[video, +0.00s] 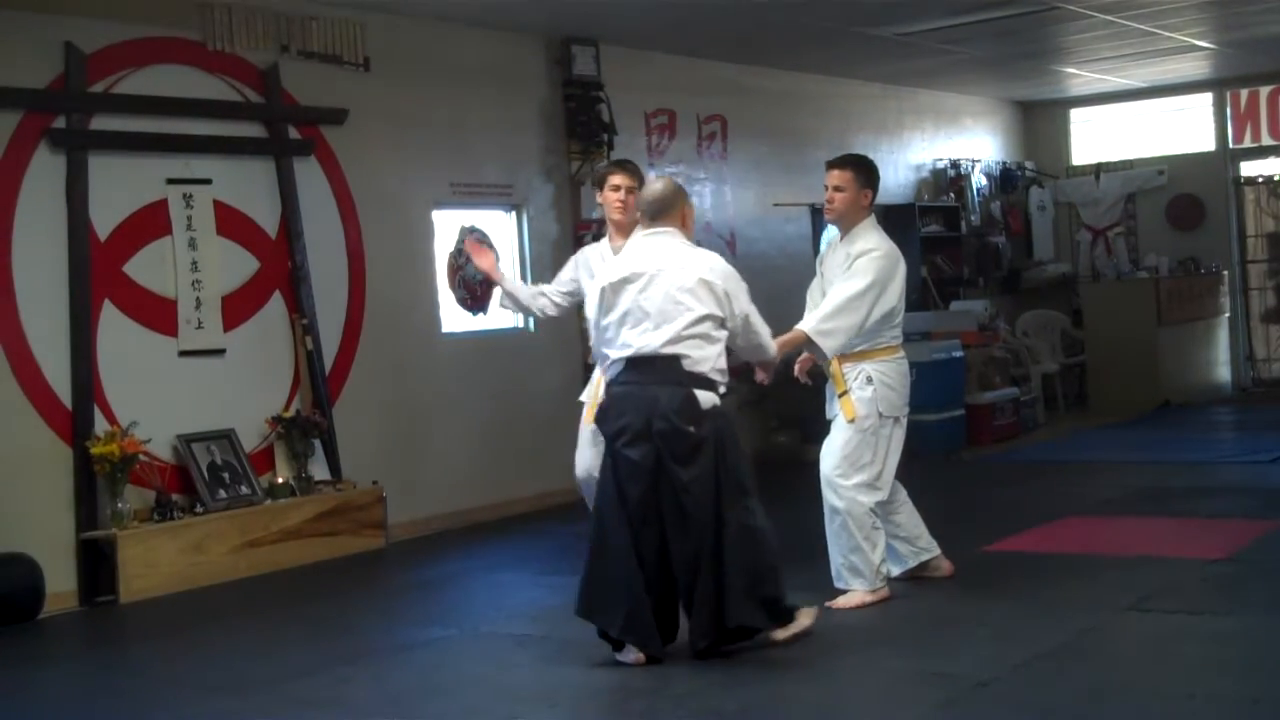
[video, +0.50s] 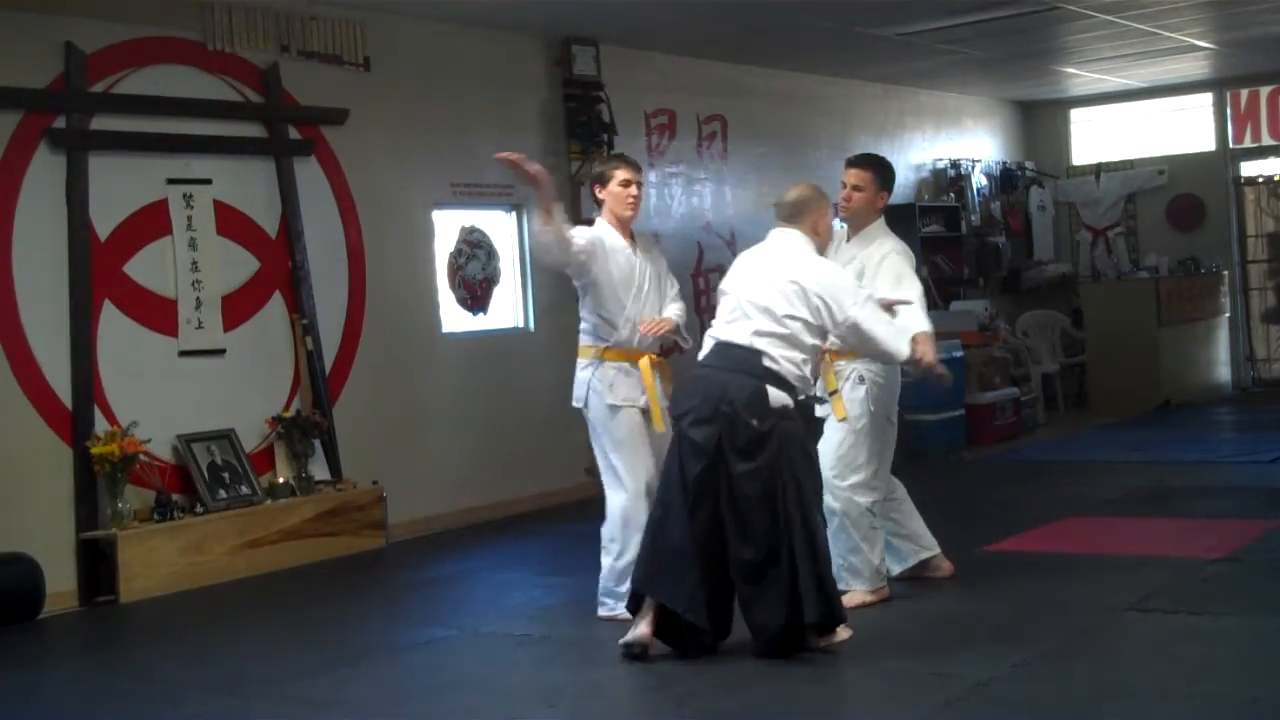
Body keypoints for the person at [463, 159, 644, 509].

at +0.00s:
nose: (622, 197)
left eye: (631, 191)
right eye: (614, 189)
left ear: (642, 200)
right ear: (600, 197)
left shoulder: (657, 249)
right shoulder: (588, 259)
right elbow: (548, 303)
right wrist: (496, 273)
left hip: (659, 372)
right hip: (608, 373)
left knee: (650, 469)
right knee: (588, 468)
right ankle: (620, 552)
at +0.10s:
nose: (628, 199)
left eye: (635, 192)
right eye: (619, 190)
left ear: (643, 201)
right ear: (601, 198)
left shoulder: (662, 250)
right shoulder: (582, 258)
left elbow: (690, 303)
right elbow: (526, 292)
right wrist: (484, 250)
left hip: (663, 374)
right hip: (611, 373)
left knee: (662, 468)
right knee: (593, 466)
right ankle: (599, 564)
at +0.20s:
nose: (632, 198)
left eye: (638, 191)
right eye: (623, 190)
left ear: (645, 199)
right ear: (603, 197)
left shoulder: (668, 249)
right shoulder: (578, 255)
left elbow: (695, 298)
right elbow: (516, 281)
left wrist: (650, 313)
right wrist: (478, 243)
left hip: (665, 371)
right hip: (611, 373)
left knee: (672, 470)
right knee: (611, 463)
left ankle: (664, 573)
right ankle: (591, 574)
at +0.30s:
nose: (635, 197)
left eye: (639, 189)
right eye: (625, 189)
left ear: (645, 197)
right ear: (603, 196)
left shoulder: (672, 252)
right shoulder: (579, 252)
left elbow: (703, 311)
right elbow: (517, 272)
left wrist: (667, 317)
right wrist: (480, 223)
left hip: (661, 374)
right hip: (610, 373)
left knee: (659, 476)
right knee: (621, 469)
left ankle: (656, 580)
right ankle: (600, 582)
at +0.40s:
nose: (635, 195)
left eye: (639, 188)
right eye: (626, 187)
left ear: (643, 196)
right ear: (601, 194)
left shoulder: (663, 253)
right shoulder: (584, 247)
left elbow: (688, 307)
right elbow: (533, 260)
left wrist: (672, 318)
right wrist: (503, 208)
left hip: (658, 373)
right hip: (609, 373)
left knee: (654, 479)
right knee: (627, 477)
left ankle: (652, 591)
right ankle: (614, 596)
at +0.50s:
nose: (634, 193)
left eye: (638, 186)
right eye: (624, 185)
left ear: (642, 194)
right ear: (600, 192)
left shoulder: (650, 247)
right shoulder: (590, 240)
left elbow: (676, 302)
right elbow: (553, 253)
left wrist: (671, 320)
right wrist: (545, 196)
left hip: (649, 373)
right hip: (608, 375)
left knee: (652, 480)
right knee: (633, 483)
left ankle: (646, 590)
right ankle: (616, 597)